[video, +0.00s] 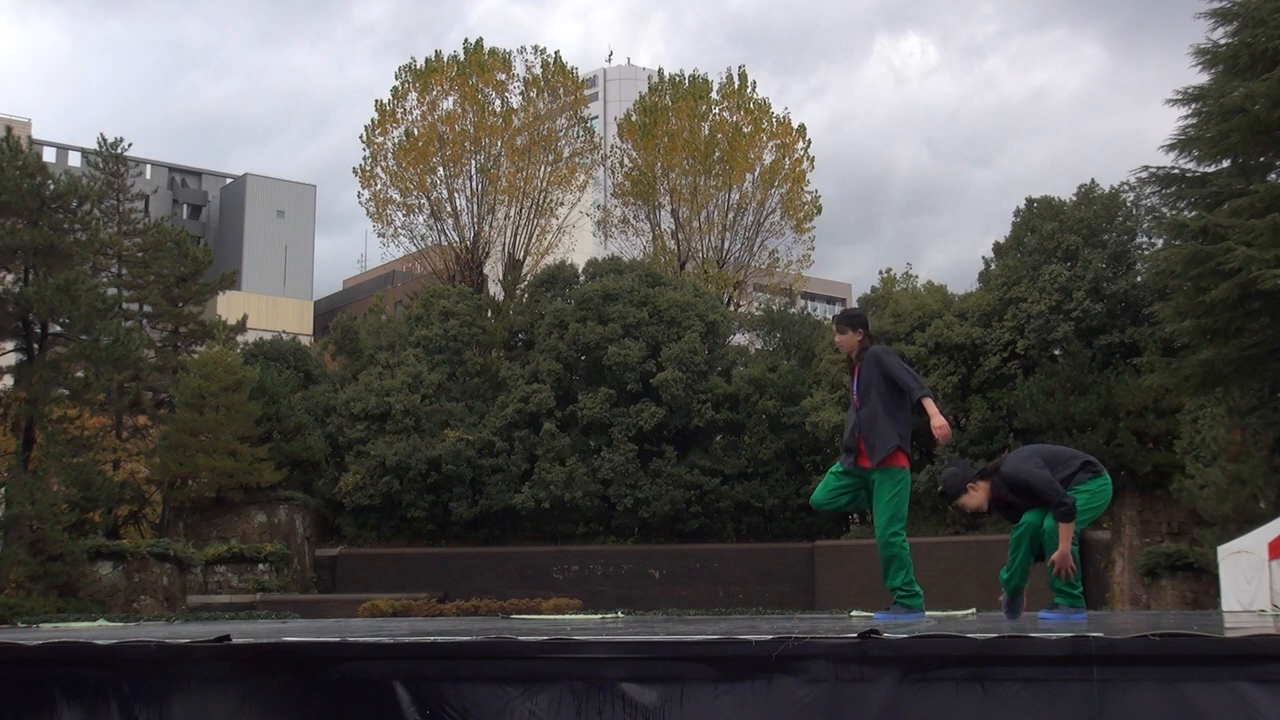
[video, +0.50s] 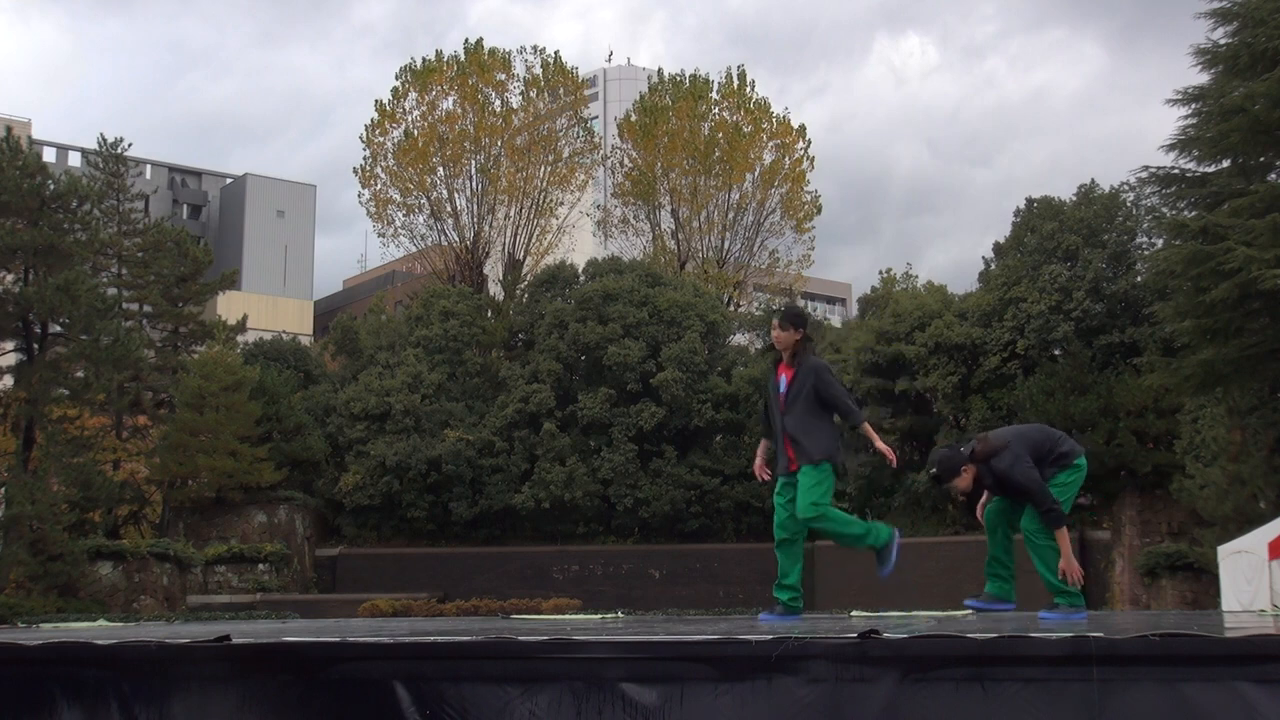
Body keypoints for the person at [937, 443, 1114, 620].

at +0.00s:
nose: (967, 510)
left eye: (962, 504)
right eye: (961, 507)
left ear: (972, 487)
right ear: (973, 487)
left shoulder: (1018, 471)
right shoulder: (1000, 499)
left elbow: (1066, 504)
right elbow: (1027, 533)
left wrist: (1064, 549)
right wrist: (1017, 588)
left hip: (1092, 483)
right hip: (1055, 493)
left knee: (1054, 524)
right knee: (1028, 523)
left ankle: (1071, 604)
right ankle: (1012, 591)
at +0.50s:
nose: (956, 491)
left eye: (954, 485)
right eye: (951, 488)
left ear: (966, 470)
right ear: (965, 468)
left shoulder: (1010, 464)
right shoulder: (976, 458)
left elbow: (1051, 508)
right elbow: (995, 473)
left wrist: (1067, 556)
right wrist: (987, 496)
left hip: (1066, 465)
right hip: (1033, 469)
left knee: (1034, 525)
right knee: (995, 514)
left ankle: (1070, 602)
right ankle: (999, 594)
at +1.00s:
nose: (937, 515)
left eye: (938, 509)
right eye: (933, 511)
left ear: (950, 496)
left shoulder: (989, 500)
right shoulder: (940, 475)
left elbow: (1020, 542)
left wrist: (1038, 588)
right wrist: (939, 517)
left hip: (1018, 512)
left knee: (954, 543)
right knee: (944, 537)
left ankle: (1010, 584)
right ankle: (984, 603)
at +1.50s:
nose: (917, 447)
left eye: (918, 440)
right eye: (913, 443)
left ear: (930, 427)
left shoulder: (971, 417)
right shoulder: (926, 445)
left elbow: (1021, 445)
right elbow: (922, 487)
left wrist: (1027, 482)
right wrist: (924, 535)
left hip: (1000, 457)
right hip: (965, 474)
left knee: (985, 471)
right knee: (968, 529)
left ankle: (958, 541)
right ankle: (985, 601)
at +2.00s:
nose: (890, 412)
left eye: (890, 404)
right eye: (887, 408)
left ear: (908, 393)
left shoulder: (953, 398)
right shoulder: (917, 432)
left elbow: (985, 426)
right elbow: (937, 473)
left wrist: (947, 450)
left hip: (1006, 447)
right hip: (969, 466)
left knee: (969, 452)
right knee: (973, 526)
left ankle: (956, 523)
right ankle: (986, 601)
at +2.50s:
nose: (866, 331)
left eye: (872, 325)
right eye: (868, 325)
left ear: (891, 331)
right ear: (885, 331)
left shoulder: (914, 371)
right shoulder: (881, 371)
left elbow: (922, 429)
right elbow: (885, 414)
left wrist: (884, 456)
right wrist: (874, 425)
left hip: (939, 460)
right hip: (907, 461)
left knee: (939, 529)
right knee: (879, 522)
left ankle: (980, 600)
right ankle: (916, 588)